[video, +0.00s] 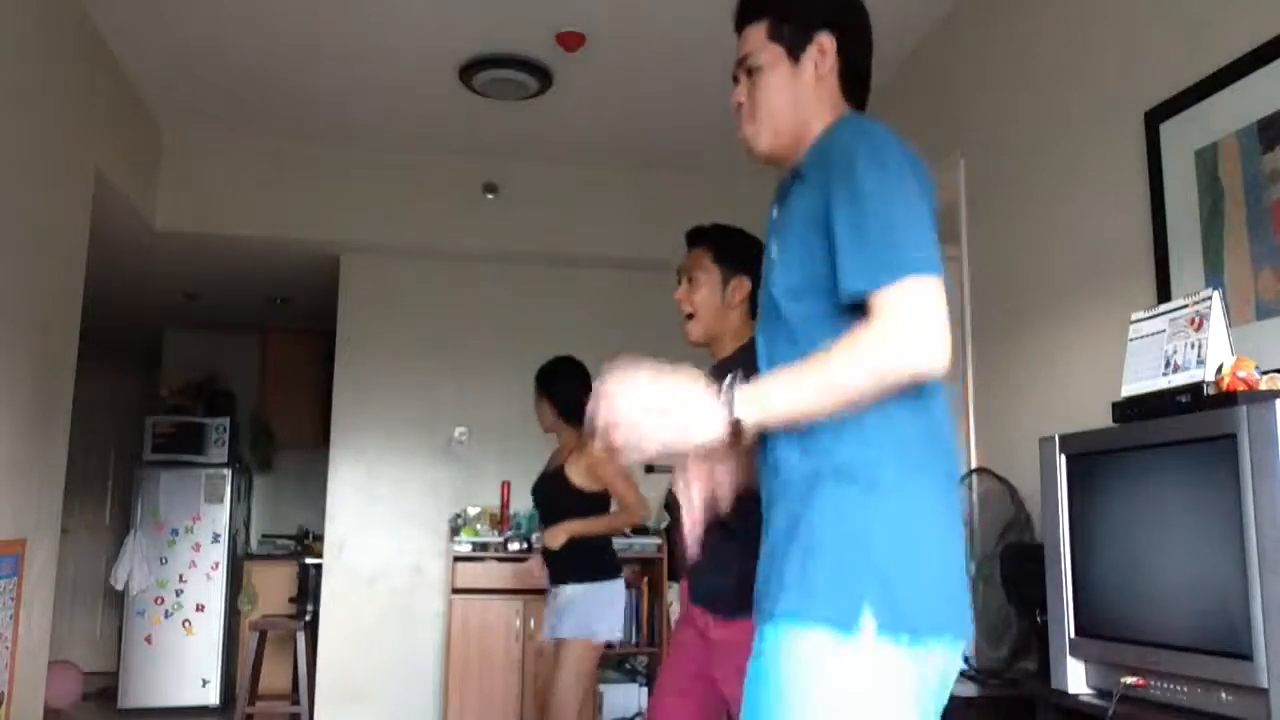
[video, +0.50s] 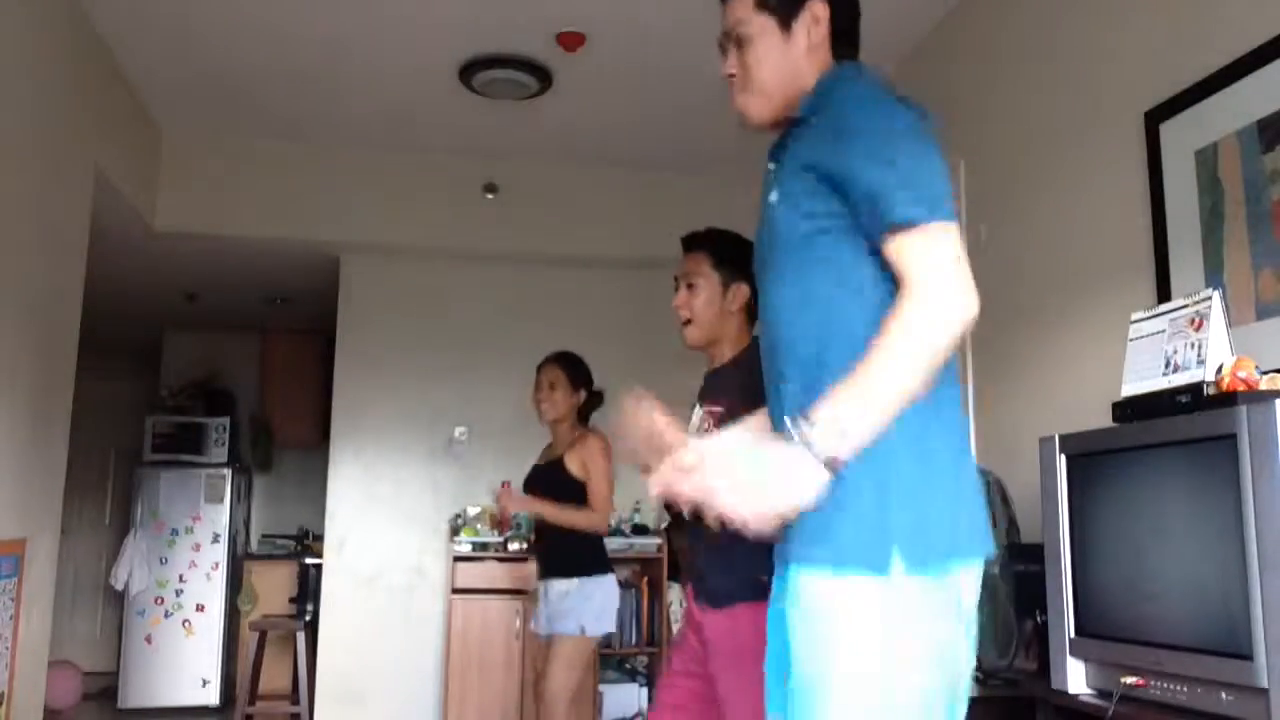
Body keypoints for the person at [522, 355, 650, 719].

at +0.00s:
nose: (536, 408)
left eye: (540, 399)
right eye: (537, 399)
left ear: (556, 403)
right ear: (568, 402)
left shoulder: (595, 452)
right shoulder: (559, 452)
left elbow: (637, 511)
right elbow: (572, 510)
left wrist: (570, 528)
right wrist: (545, 544)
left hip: (593, 586)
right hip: (565, 585)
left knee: (562, 706)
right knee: (556, 701)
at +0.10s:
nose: (531, 397)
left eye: (536, 388)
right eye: (533, 388)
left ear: (557, 394)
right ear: (560, 395)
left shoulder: (592, 435)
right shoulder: (564, 441)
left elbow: (641, 492)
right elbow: (581, 501)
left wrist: (577, 517)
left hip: (595, 585)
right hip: (561, 582)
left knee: (572, 698)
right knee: (551, 689)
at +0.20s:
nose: (534, 409)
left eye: (543, 399)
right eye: (534, 399)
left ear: (573, 407)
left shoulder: (593, 449)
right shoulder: (560, 460)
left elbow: (644, 501)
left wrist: (583, 537)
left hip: (598, 599)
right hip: (561, 598)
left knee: (568, 708)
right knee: (536, 700)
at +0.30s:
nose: (539, 420)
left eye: (550, 410)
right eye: (537, 410)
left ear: (577, 416)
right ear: (533, 416)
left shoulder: (596, 468)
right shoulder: (551, 474)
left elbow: (631, 537)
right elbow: (563, 538)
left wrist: (575, 571)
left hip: (595, 605)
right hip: (563, 605)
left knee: (560, 708)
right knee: (530, 701)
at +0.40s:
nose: (542, 408)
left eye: (553, 400)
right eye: (539, 399)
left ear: (580, 409)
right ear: (534, 405)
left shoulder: (590, 462)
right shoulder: (551, 459)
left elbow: (619, 536)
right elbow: (563, 531)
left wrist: (550, 554)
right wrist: (530, 551)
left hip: (588, 597)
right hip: (561, 595)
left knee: (551, 706)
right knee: (554, 705)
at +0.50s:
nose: (542, 395)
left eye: (553, 387)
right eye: (539, 387)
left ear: (579, 396)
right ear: (535, 394)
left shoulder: (591, 443)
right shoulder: (550, 450)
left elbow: (600, 519)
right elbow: (556, 517)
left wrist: (532, 505)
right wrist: (515, 516)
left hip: (585, 583)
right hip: (552, 581)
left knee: (554, 697)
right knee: (559, 697)